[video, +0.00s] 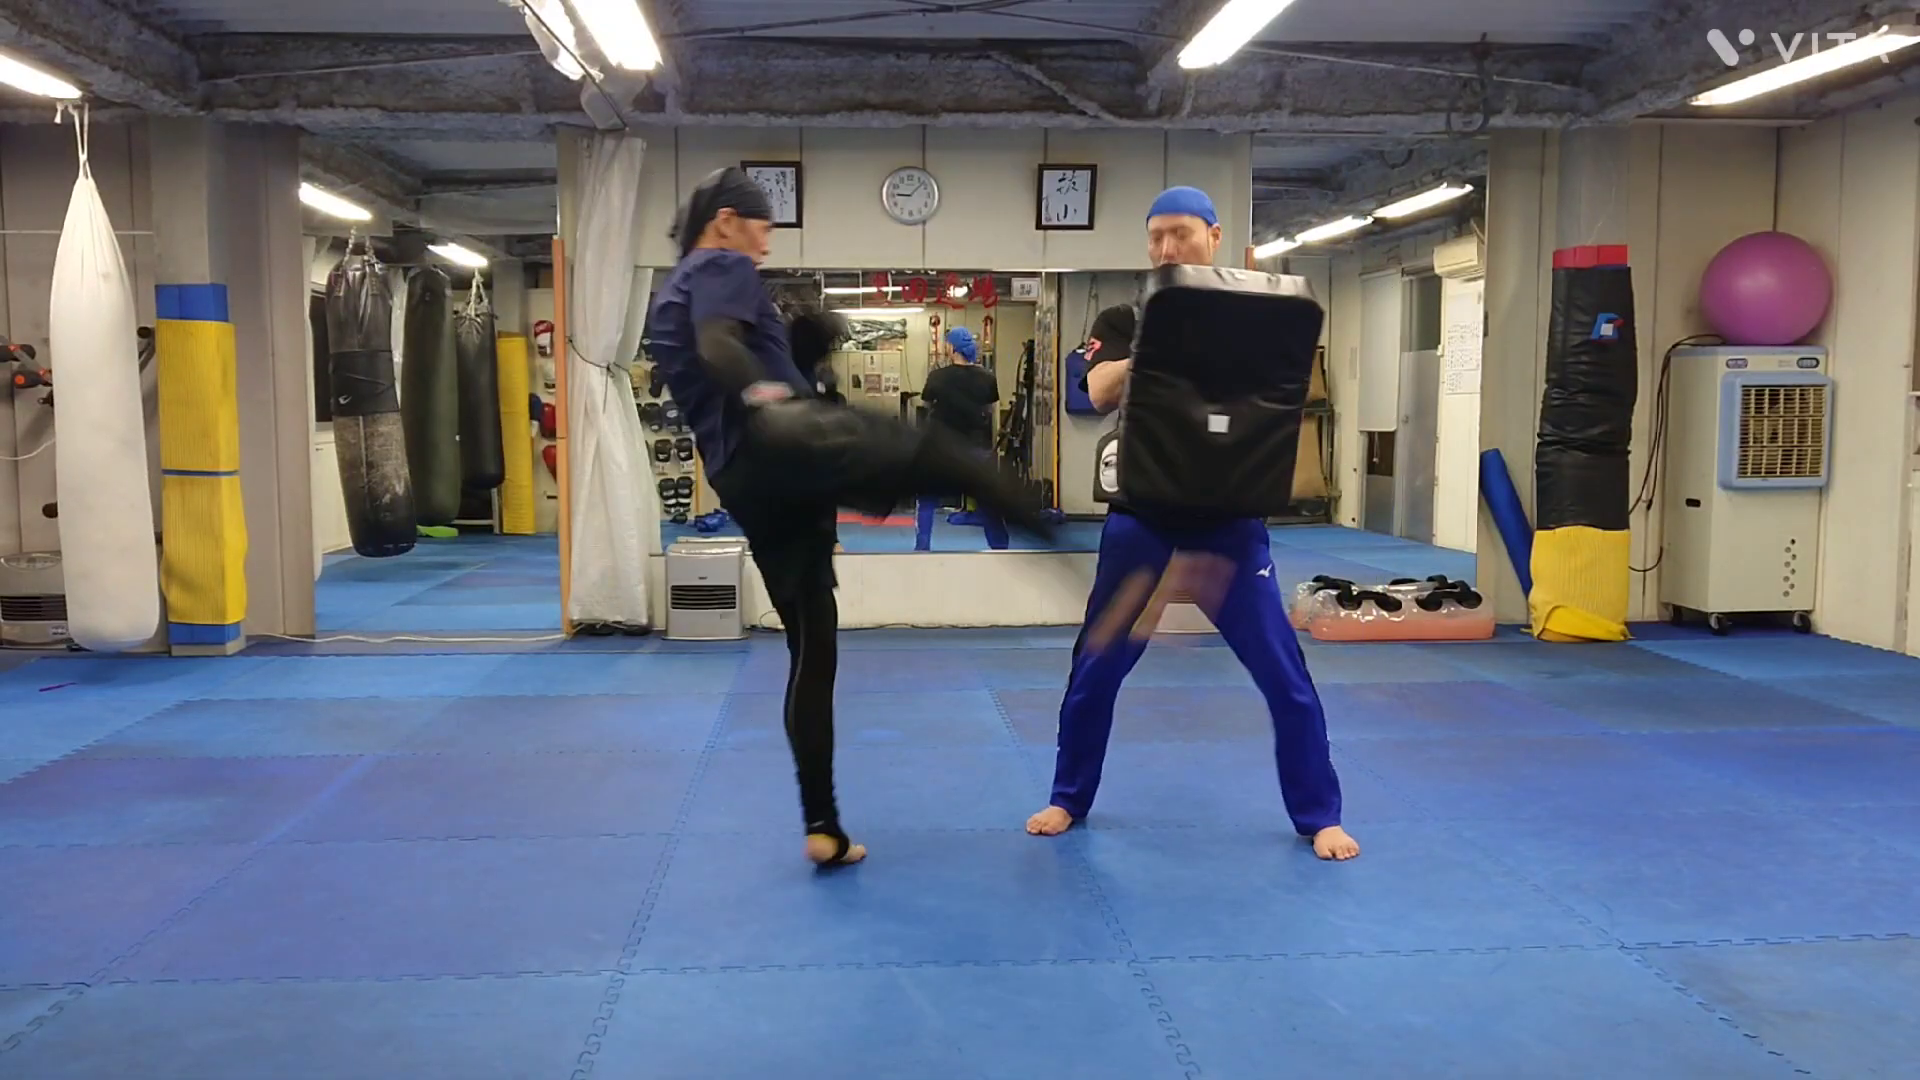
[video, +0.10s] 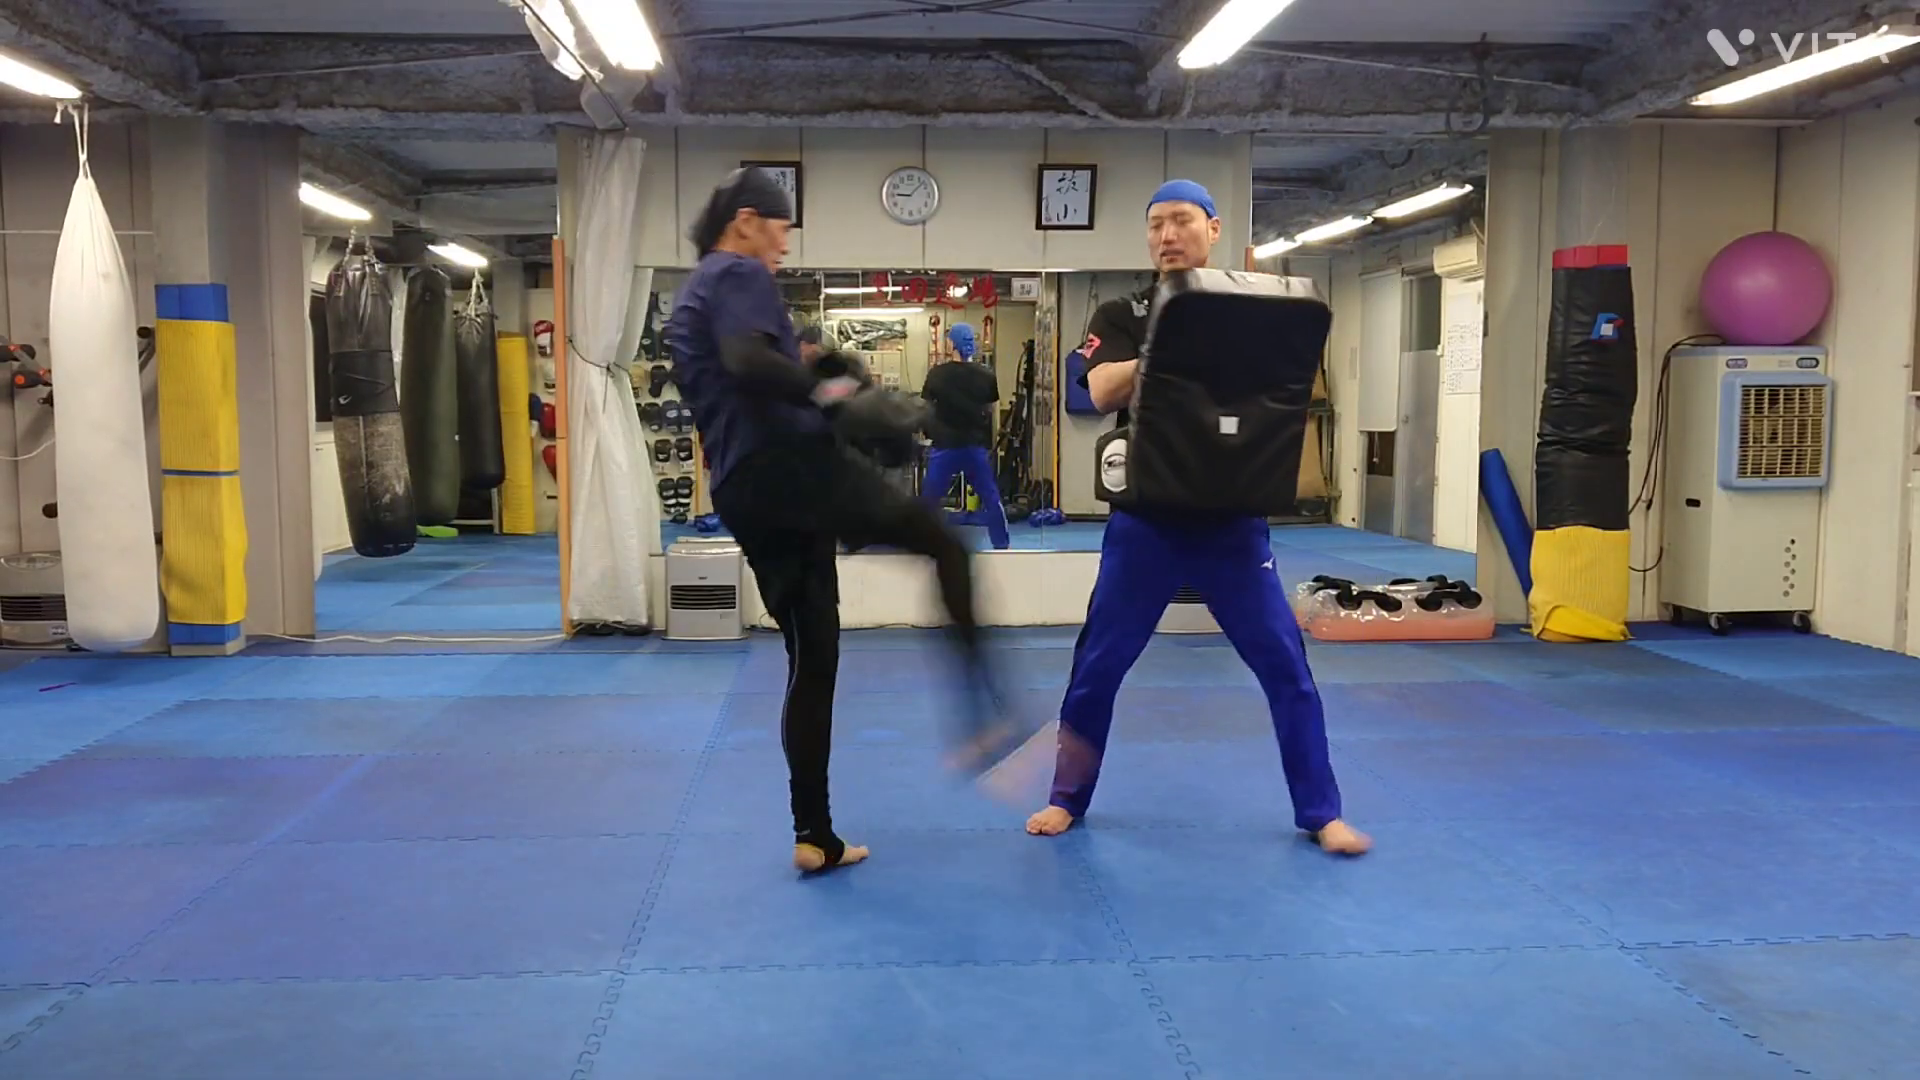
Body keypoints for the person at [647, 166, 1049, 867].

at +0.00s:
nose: (767, 249)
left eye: (768, 237)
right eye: (761, 235)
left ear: (711, 231)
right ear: (726, 223)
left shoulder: (673, 294)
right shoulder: (722, 264)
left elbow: (757, 374)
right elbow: (717, 338)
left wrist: (802, 350)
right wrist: (761, 386)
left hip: (749, 487)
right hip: (778, 440)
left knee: (813, 650)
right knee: (929, 448)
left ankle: (822, 828)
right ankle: (1031, 508)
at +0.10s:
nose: (784, 247)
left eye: (786, 234)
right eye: (780, 233)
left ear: (734, 229)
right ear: (744, 222)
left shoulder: (696, 293)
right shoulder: (741, 273)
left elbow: (725, 387)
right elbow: (746, 357)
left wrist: (803, 362)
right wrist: (819, 387)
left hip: (749, 491)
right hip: (792, 471)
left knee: (813, 657)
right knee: (945, 545)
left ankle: (813, 836)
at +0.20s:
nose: (819, 242)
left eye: (821, 229)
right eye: (814, 226)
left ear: (769, 220)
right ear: (776, 216)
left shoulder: (745, 282)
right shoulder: (758, 273)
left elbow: (794, 406)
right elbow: (781, 362)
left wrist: (861, 389)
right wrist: (891, 365)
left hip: (756, 489)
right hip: (769, 487)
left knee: (820, 654)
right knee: (852, 637)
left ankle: (807, 826)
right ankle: (806, 836)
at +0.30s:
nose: (852, 232)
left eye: (853, 219)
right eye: (845, 216)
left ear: (808, 214)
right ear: (807, 209)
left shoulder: (794, 286)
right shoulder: (765, 266)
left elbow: (808, 401)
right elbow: (777, 355)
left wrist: (887, 373)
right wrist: (874, 343)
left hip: (782, 493)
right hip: (745, 489)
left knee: (818, 649)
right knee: (770, 655)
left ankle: (803, 831)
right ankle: (704, 853)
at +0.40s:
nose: (869, 253)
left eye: (872, 239)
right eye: (868, 236)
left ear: (832, 222)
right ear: (833, 220)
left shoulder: (806, 299)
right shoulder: (767, 276)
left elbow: (810, 410)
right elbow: (746, 367)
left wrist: (896, 375)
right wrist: (837, 355)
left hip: (770, 507)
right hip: (718, 503)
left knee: (830, 634)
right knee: (720, 673)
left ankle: (796, 816)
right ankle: (695, 868)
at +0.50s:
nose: (879, 263)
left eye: (882, 250)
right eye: (876, 246)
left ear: (841, 237)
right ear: (841, 232)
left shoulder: (830, 316)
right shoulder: (760, 291)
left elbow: (851, 408)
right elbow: (719, 390)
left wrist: (918, 389)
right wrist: (826, 400)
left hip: (772, 514)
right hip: (714, 510)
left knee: (823, 648)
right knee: (726, 677)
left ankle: (791, 822)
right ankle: (697, 869)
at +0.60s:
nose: (881, 255)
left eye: (884, 242)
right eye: (879, 238)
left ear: (843, 230)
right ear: (844, 225)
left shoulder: (832, 308)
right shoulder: (768, 289)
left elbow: (854, 398)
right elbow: (724, 392)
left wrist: (934, 407)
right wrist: (829, 419)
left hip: (781, 513)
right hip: (725, 511)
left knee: (836, 634)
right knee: (730, 679)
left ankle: (797, 805)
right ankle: (698, 868)